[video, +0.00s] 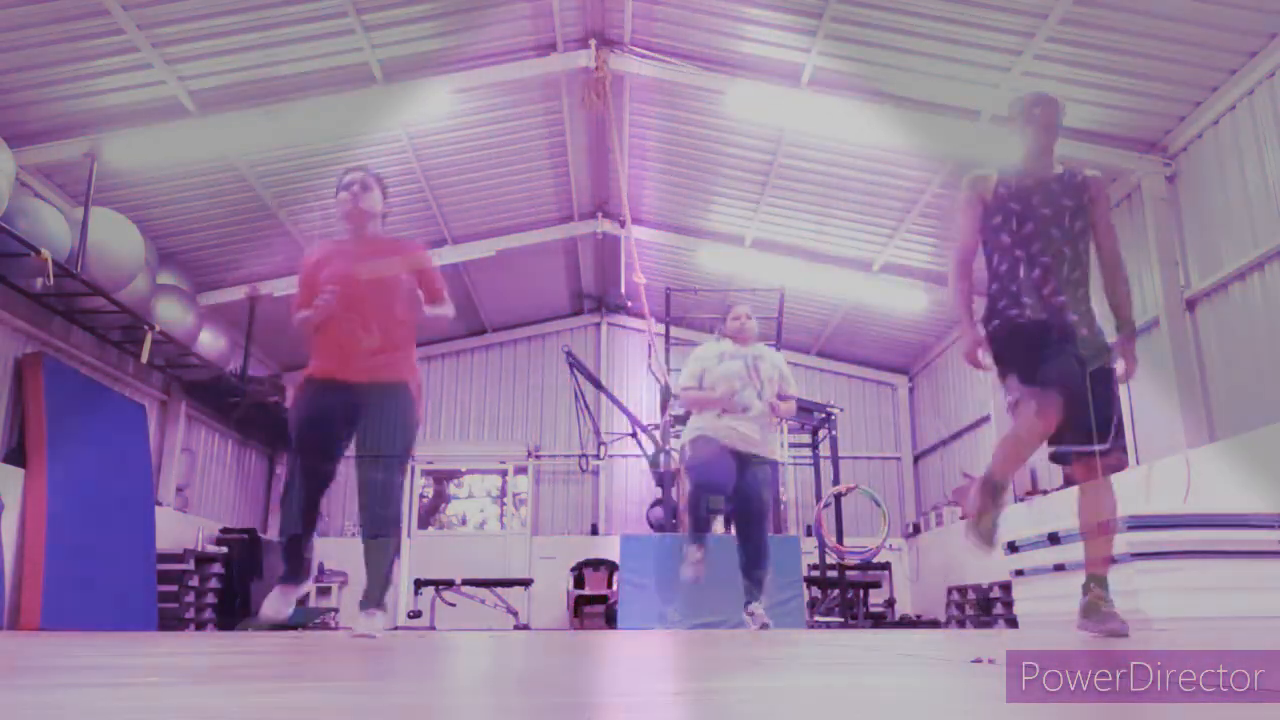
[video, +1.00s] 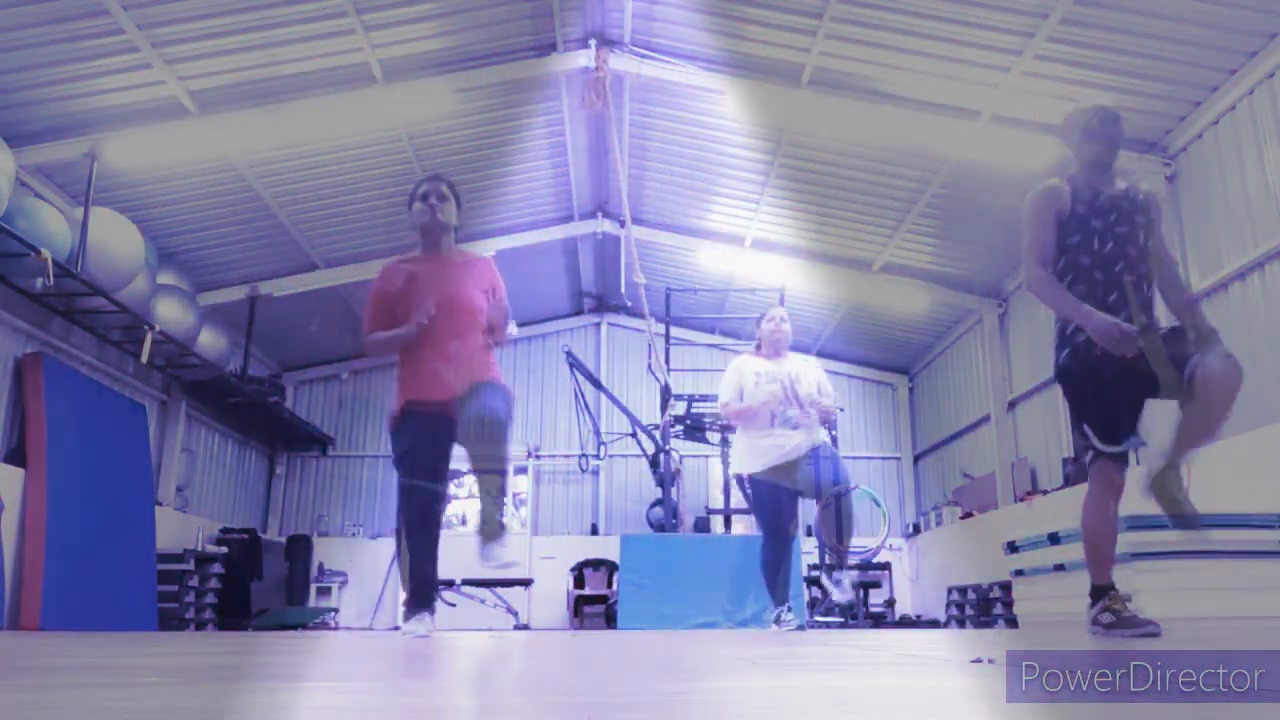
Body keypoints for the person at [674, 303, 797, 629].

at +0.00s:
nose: (742, 322)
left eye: (748, 318)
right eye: (735, 318)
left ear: (757, 326)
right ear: (724, 327)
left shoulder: (773, 358)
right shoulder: (707, 352)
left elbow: (790, 404)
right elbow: (684, 395)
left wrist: (781, 407)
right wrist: (717, 398)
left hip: (757, 444)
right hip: (710, 435)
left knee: (756, 522)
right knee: (712, 478)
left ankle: (753, 600)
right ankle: (697, 544)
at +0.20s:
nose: (750, 330)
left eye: (756, 325)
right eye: (743, 326)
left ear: (766, 334)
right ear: (732, 337)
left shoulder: (784, 369)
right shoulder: (716, 366)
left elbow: (806, 416)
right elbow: (696, 412)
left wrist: (785, 406)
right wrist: (727, 402)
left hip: (768, 456)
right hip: (721, 445)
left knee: (755, 534)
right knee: (739, 463)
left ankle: (750, 609)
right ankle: (747, 548)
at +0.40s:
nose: (755, 330)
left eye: (761, 325)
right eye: (748, 327)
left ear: (770, 332)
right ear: (737, 335)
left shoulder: (789, 365)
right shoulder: (722, 366)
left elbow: (811, 420)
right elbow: (702, 416)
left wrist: (789, 405)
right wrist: (734, 409)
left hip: (781, 463)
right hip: (734, 457)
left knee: (753, 533)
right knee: (764, 519)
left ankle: (732, 604)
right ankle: (760, 607)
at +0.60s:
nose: (758, 341)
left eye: (763, 335)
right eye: (752, 335)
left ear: (773, 336)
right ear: (741, 338)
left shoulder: (793, 367)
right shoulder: (728, 368)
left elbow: (815, 416)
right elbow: (714, 418)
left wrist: (794, 410)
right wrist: (747, 408)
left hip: (789, 470)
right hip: (744, 466)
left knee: (782, 539)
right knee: (767, 527)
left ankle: (744, 587)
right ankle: (760, 609)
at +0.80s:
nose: (770, 323)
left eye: (775, 318)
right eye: (762, 319)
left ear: (784, 327)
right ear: (751, 329)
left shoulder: (801, 360)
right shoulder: (735, 361)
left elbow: (822, 404)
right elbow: (719, 409)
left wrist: (806, 420)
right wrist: (756, 408)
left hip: (793, 457)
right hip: (749, 462)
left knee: (838, 469)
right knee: (778, 526)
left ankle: (802, 527)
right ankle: (778, 604)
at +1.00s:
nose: (778, 325)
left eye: (783, 321)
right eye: (771, 320)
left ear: (792, 330)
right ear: (758, 330)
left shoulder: (809, 365)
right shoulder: (741, 365)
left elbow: (831, 412)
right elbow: (727, 411)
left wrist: (821, 410)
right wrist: (761, 405)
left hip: (809, 449)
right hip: (762, 456)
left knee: (839, 486)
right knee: (778, 532)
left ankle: (835, 569)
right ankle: (781, 607)